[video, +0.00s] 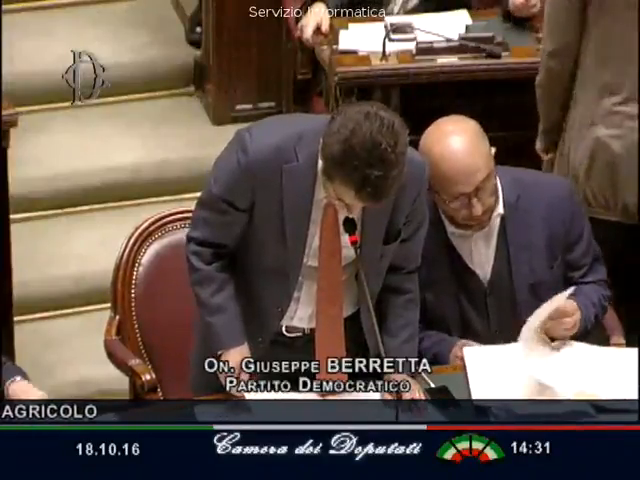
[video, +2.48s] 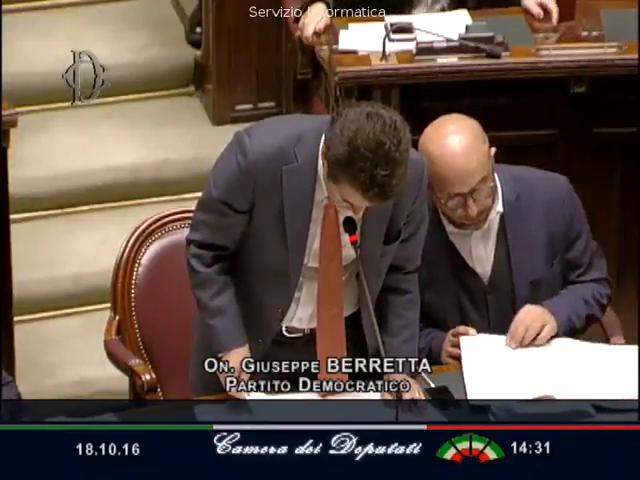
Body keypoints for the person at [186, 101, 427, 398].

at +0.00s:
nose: (352, 213)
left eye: (366, 205)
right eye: (342, 200)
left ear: (394, 176)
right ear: (324, 161)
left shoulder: (410, 176)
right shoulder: (256, 156)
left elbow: (403, 276)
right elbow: (206, 247)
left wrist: (401, 366)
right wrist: (231, 342)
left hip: (351, 336)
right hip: (264, 340)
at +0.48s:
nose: (352, 213)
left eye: (365, 204)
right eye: (342, 200)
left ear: (392, 175)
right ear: (323, 161)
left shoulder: (409, 176)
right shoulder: (256, 156)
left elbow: (403, 276)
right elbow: (206, 249)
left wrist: (401, 366)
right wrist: (232, 343)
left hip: (351, 335)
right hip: (266, 339)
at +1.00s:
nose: (356, 213)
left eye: (369, 204)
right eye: (346, 200)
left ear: (396, 174)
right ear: (325, 160)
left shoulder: (408, 175)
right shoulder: (255, 157)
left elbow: (402, 276)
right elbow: (206, 250)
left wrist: (400, 366)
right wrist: (231, 344)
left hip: (350, 337)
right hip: (263, 341)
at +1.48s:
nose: (361, 213)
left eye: (374, 204)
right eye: (351, 200)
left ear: (399, 175)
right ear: (328, 161)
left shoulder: (408, 176)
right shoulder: (255, 157)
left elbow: (402, 275)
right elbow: (206, 251)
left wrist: (400, 366)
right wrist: (231, 345)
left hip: (349, 336)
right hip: (262, 341)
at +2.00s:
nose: (359, 213)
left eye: (372, 204)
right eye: (349, 200)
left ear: (399, 176)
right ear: (328, 161)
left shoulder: (408, 176)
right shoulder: (256, 156)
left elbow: (403, 275)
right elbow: (206, 250)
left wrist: (400, 366)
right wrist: (231, 344)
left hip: (350, 336)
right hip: (263, 340)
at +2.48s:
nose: (357, 213)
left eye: (370, 205)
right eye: (348, 201)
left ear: (398, 175)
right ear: (326, 161)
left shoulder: (409, 176)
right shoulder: (256, 157)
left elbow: (403, 276)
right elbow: (206, 250)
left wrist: (400, 366)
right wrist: (231, 344)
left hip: (351, 336)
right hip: (264, 340)